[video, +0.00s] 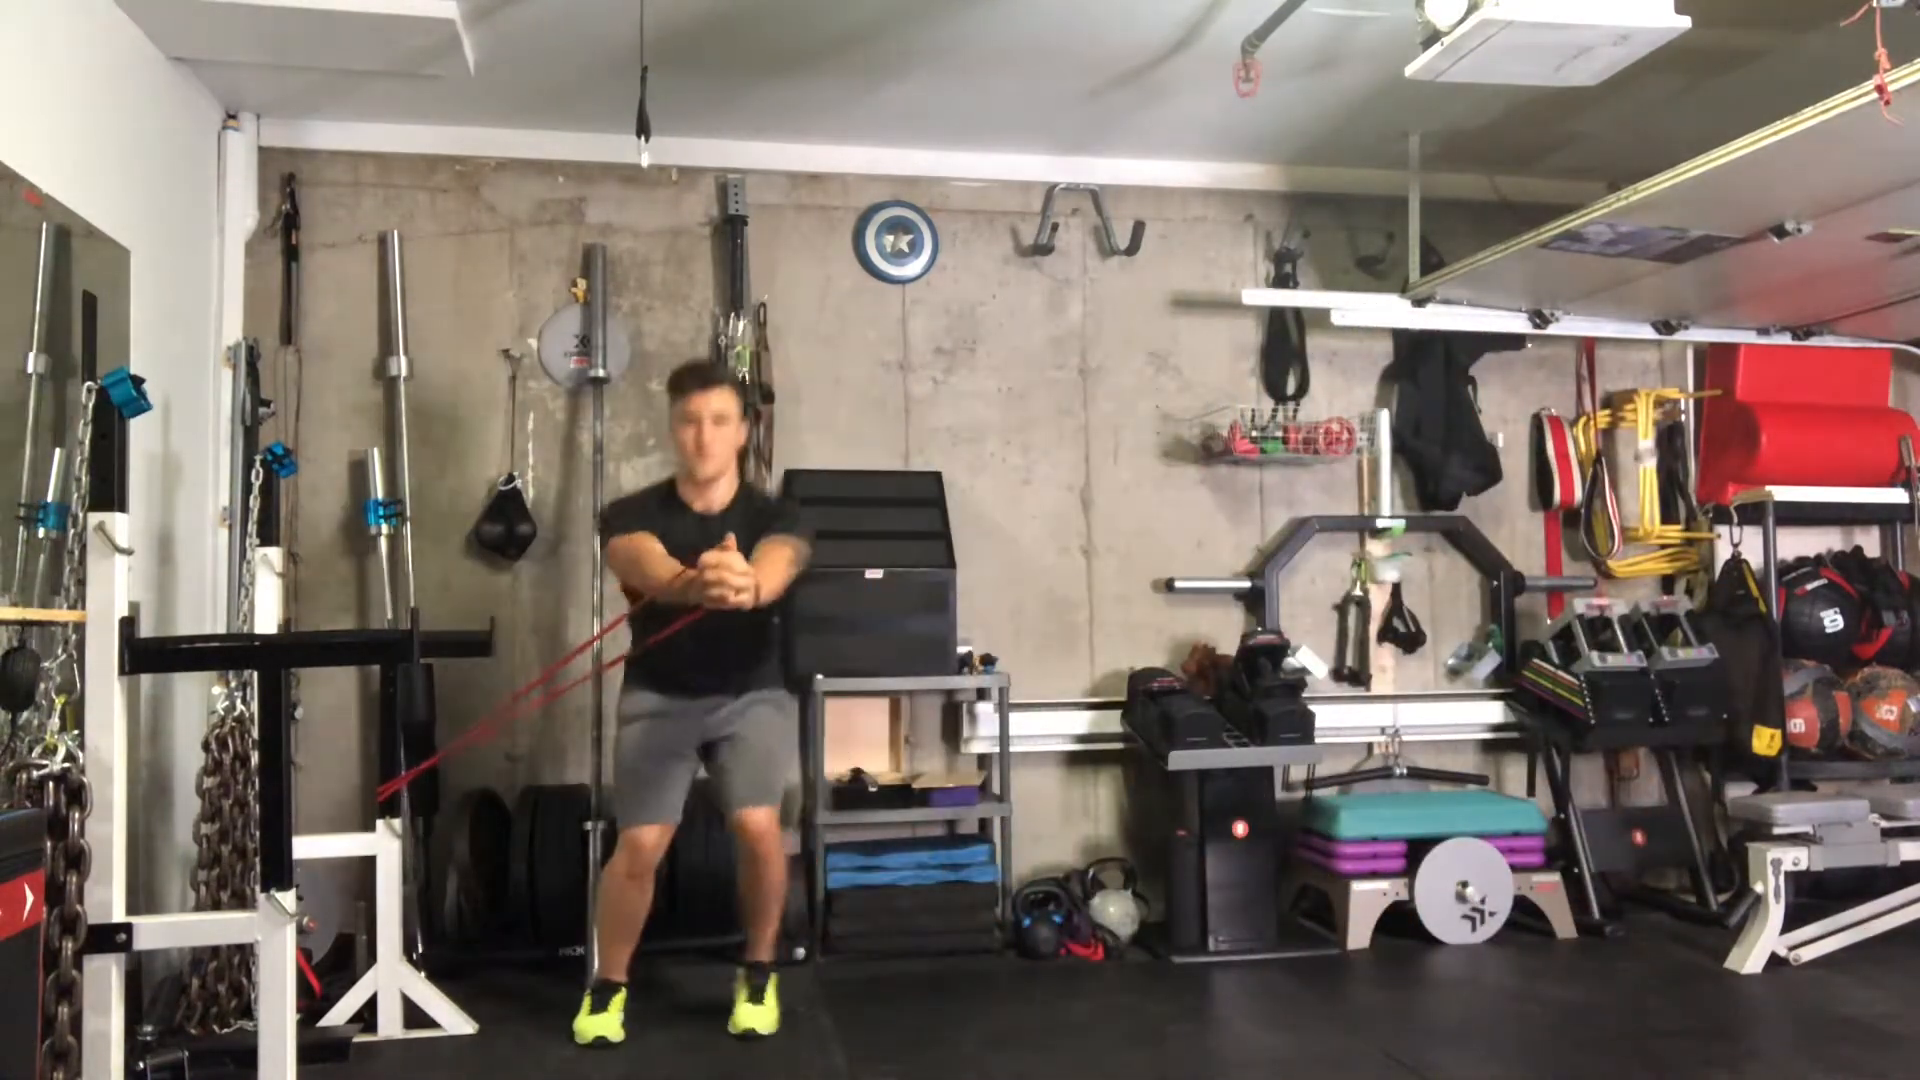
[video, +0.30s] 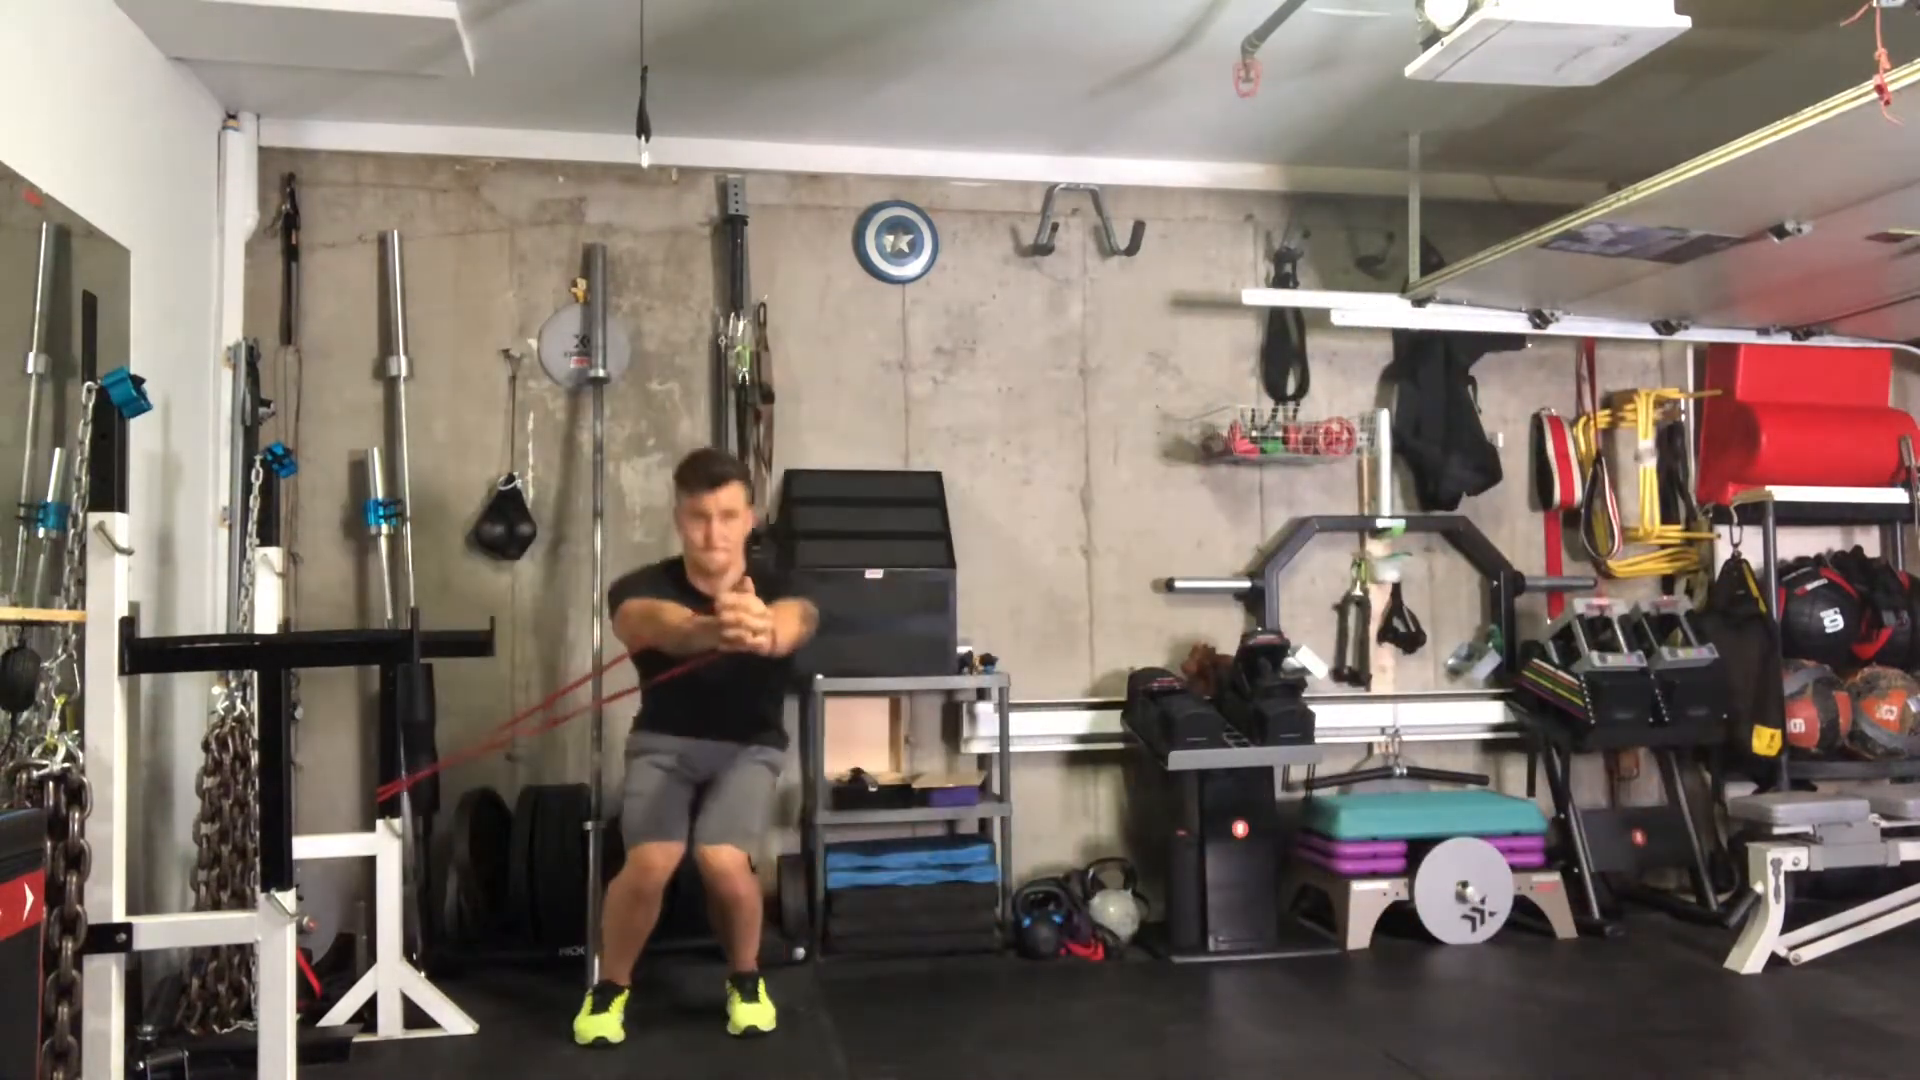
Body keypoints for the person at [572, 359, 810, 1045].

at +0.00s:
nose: (701, 434)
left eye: (717, 420)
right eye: (688, 421)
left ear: (745, 431)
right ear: (672, 432)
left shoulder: (777, 518)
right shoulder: (628, 516)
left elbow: (774, 569)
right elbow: (646, 574)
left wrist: (749, 583)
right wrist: (694, 582)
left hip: (752, 698)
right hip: (657, 702)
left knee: (756, 822)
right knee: (640, 843)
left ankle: (758, 974)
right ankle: (606, 990)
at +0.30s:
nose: (714, 534)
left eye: (727, 517)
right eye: (699, 518)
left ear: (750, 520)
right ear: (678, 521)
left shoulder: (778, 582)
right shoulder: (640, 589)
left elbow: (799, 617)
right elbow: (651, 626)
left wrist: (771, 629)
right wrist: (709, 630)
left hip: (750, 749)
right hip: (663, 745)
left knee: (721, 857)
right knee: (652, 859)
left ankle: (745, 981)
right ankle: (609, 990)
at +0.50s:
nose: (744, 553)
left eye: (756, 537)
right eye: (728, 539)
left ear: (775, 533)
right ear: (702, 539)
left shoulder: (807, 589)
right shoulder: (673, 608)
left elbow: (830, 624)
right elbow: (678, 650)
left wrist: (806, 646)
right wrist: (751, 654)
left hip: (789, 756)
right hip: (701, 755)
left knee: (779, 858)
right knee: (683, 874)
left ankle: (750, 978)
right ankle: (611, 990)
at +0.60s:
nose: (771, 547)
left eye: (784, 532)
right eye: (756, 534)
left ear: (804, 530)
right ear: (731, 536)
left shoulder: (840, 584)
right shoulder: (709, 608)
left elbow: (873, 620)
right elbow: (720, 652)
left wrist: (853, 637)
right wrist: (799, 653)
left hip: (827, 753)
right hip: (737, 758)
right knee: (695, 885)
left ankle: (821, 961)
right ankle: (613, 990)